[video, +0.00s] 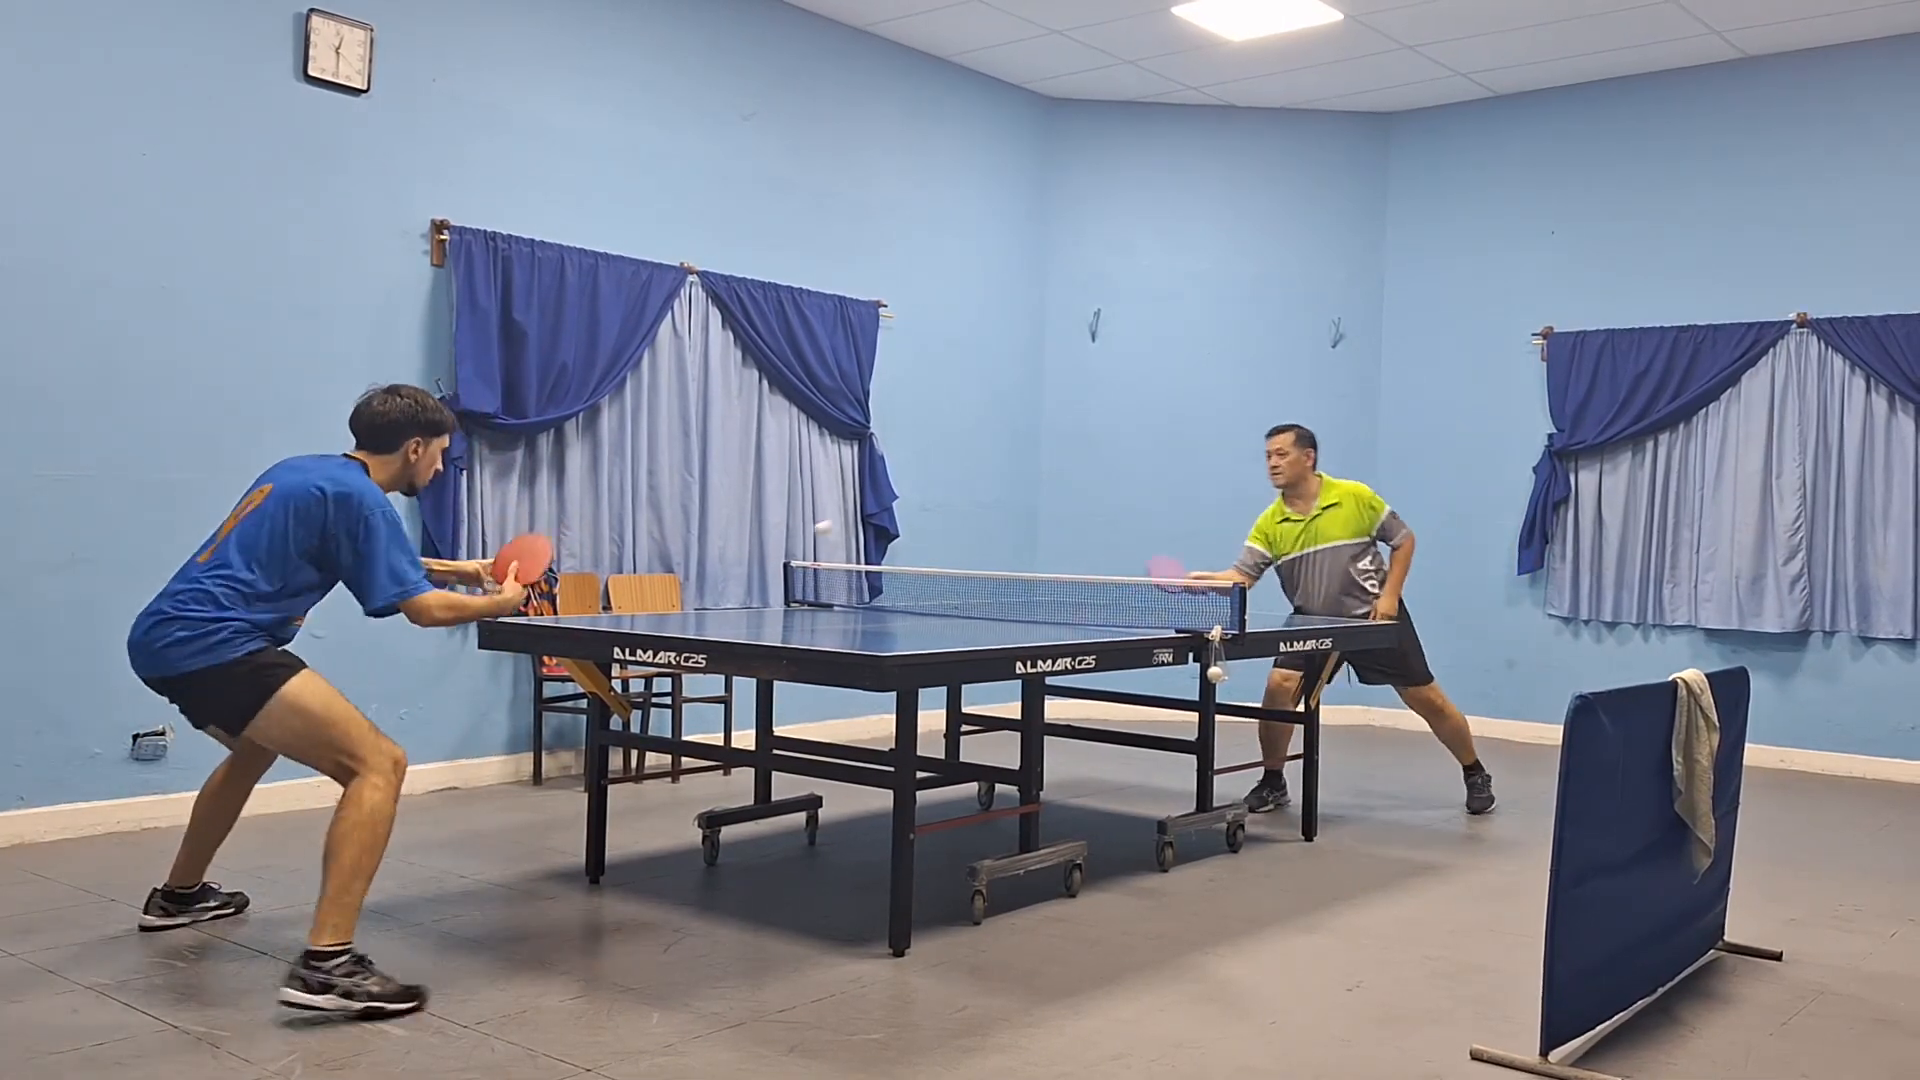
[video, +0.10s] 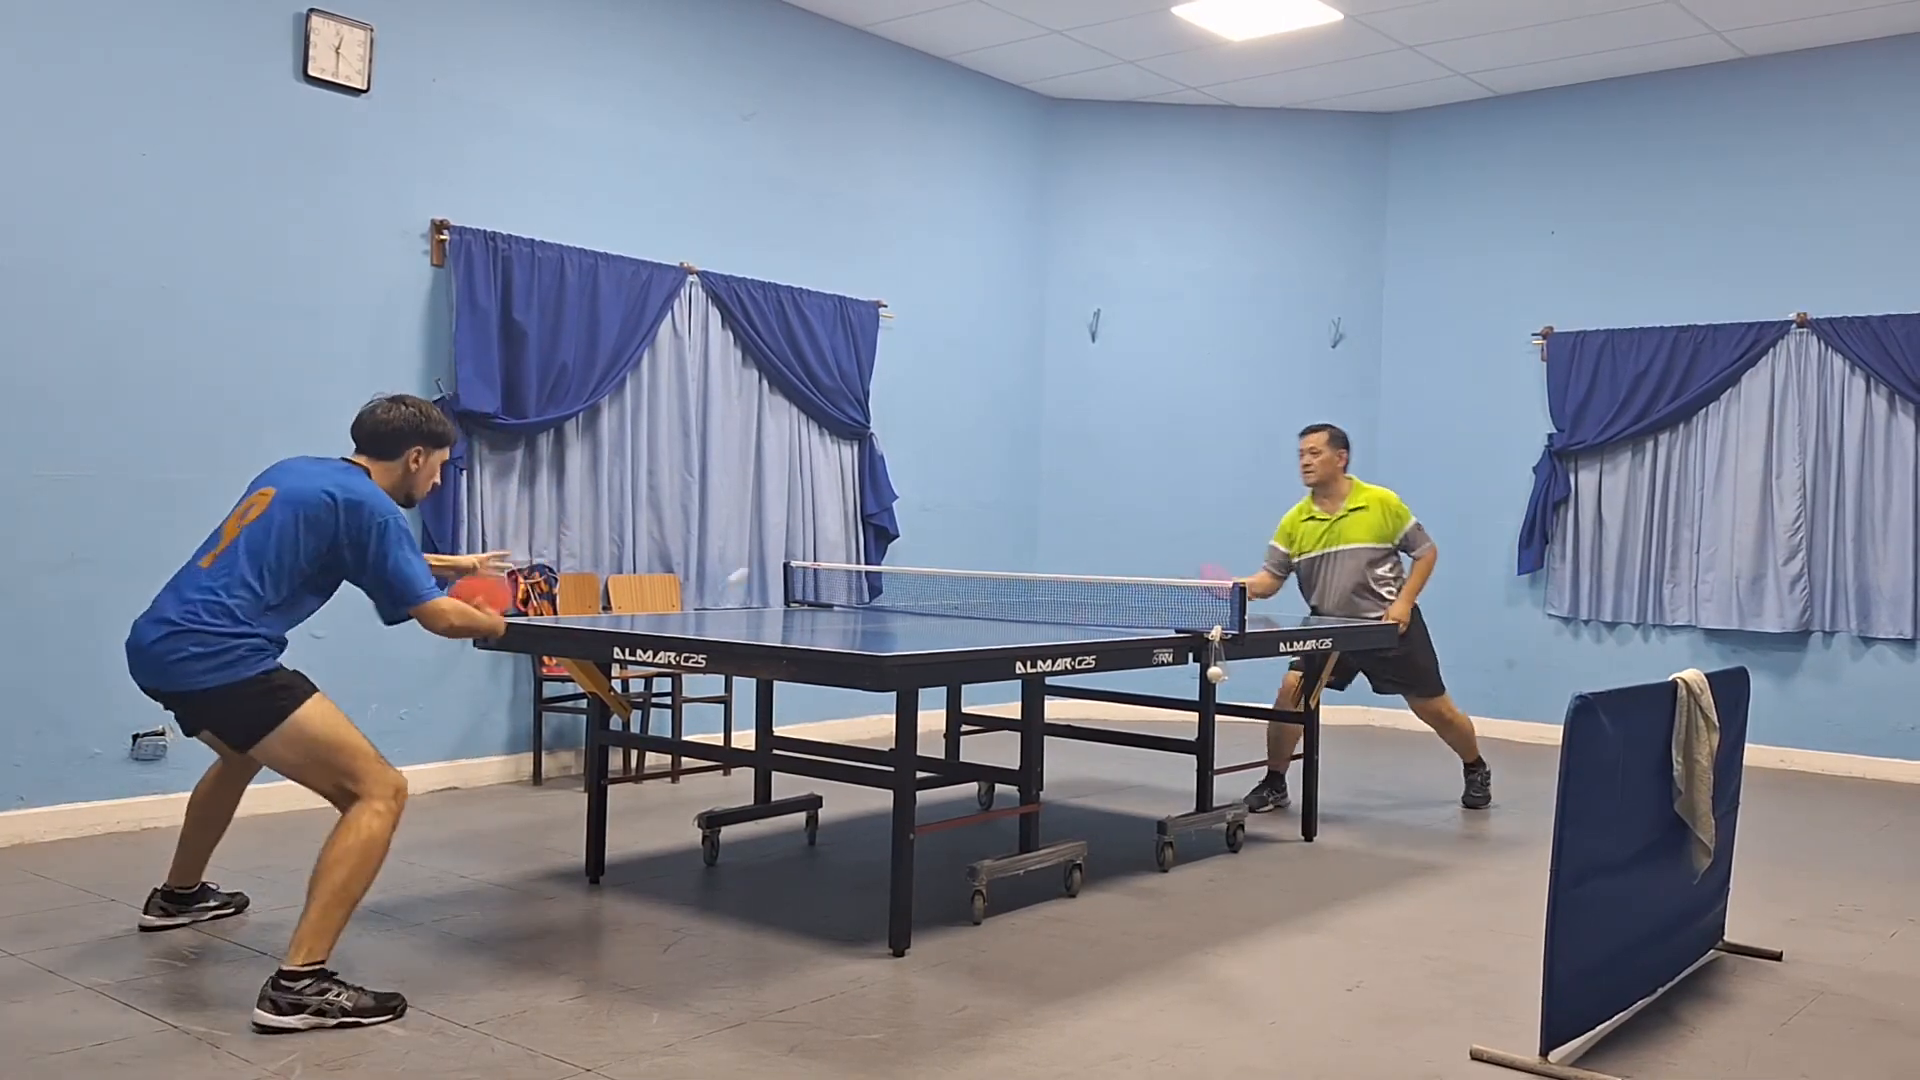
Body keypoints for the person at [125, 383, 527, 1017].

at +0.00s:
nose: (439, 469)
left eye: (443, 455)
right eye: (439, 454)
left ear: (377, 443)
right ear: (412, 449)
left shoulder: (307, 472)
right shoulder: (362, 502)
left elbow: (375, 557)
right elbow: (424, 608)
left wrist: (465, 570)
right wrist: (502, 601)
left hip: (161, 638)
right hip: (211, 642)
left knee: (258, 746)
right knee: (380, 764)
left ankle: (178, 894)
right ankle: (327, 960)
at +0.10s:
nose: (438, 480)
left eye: (442, 466)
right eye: (438, 465)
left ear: (368, 451)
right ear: (410, 458)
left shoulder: (292, 472)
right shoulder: (371, 512)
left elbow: (365, 555)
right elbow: (438, 616)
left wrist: (462, 564)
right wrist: (492, 623)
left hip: (155, 646)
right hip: (221, 654)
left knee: (245, 751)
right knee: (379, 791)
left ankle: (178, 890)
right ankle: (300, 980)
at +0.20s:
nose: (428, 482)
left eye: (433, 468)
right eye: (430, 467)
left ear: (355, 446)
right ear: (404, 455)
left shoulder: (278, 464)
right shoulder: (371, 502)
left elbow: (337, 537)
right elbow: (476, 595)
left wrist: (433, 549)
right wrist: (470, 634)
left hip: (164, 659)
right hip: (237, 667)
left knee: (237, 760)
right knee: (406, 798)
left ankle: (177, 892)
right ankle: (302, 980)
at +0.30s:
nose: (412, 465)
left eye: (415, 453)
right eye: (414, 452)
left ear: (339, 436)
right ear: (392, 445)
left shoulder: (258, 461)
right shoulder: (372, 501)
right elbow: (505, 545)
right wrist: (471, 591)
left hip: (168, 677)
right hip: (244, 691)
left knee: (259, 754)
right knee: (422, 808)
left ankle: (170, 897)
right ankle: (303, 980)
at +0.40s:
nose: (396, 446)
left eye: (397, 433)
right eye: (396, 433)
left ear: (318, 432)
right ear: (373, 438)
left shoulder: (237, 469)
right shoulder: (354, 514)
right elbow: (491, 539)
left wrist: (408, 551)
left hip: (165, 690)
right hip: (233, 701)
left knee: (272, 764)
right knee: (417, 807)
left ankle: (161, 907)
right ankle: (302, 981)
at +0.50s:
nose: (386, 436)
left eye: (385, 423)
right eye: (382, 424)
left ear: (311, 427)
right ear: (353, 430)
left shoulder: (235, 472)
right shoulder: (332, 504)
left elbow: (307, 570)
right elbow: (481, 510)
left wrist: (413, 598)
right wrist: (569, 443)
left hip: (153, 679)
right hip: (218, 686)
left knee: (256, 759)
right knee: (403, 801)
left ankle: (158, 906)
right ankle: (301, 982)